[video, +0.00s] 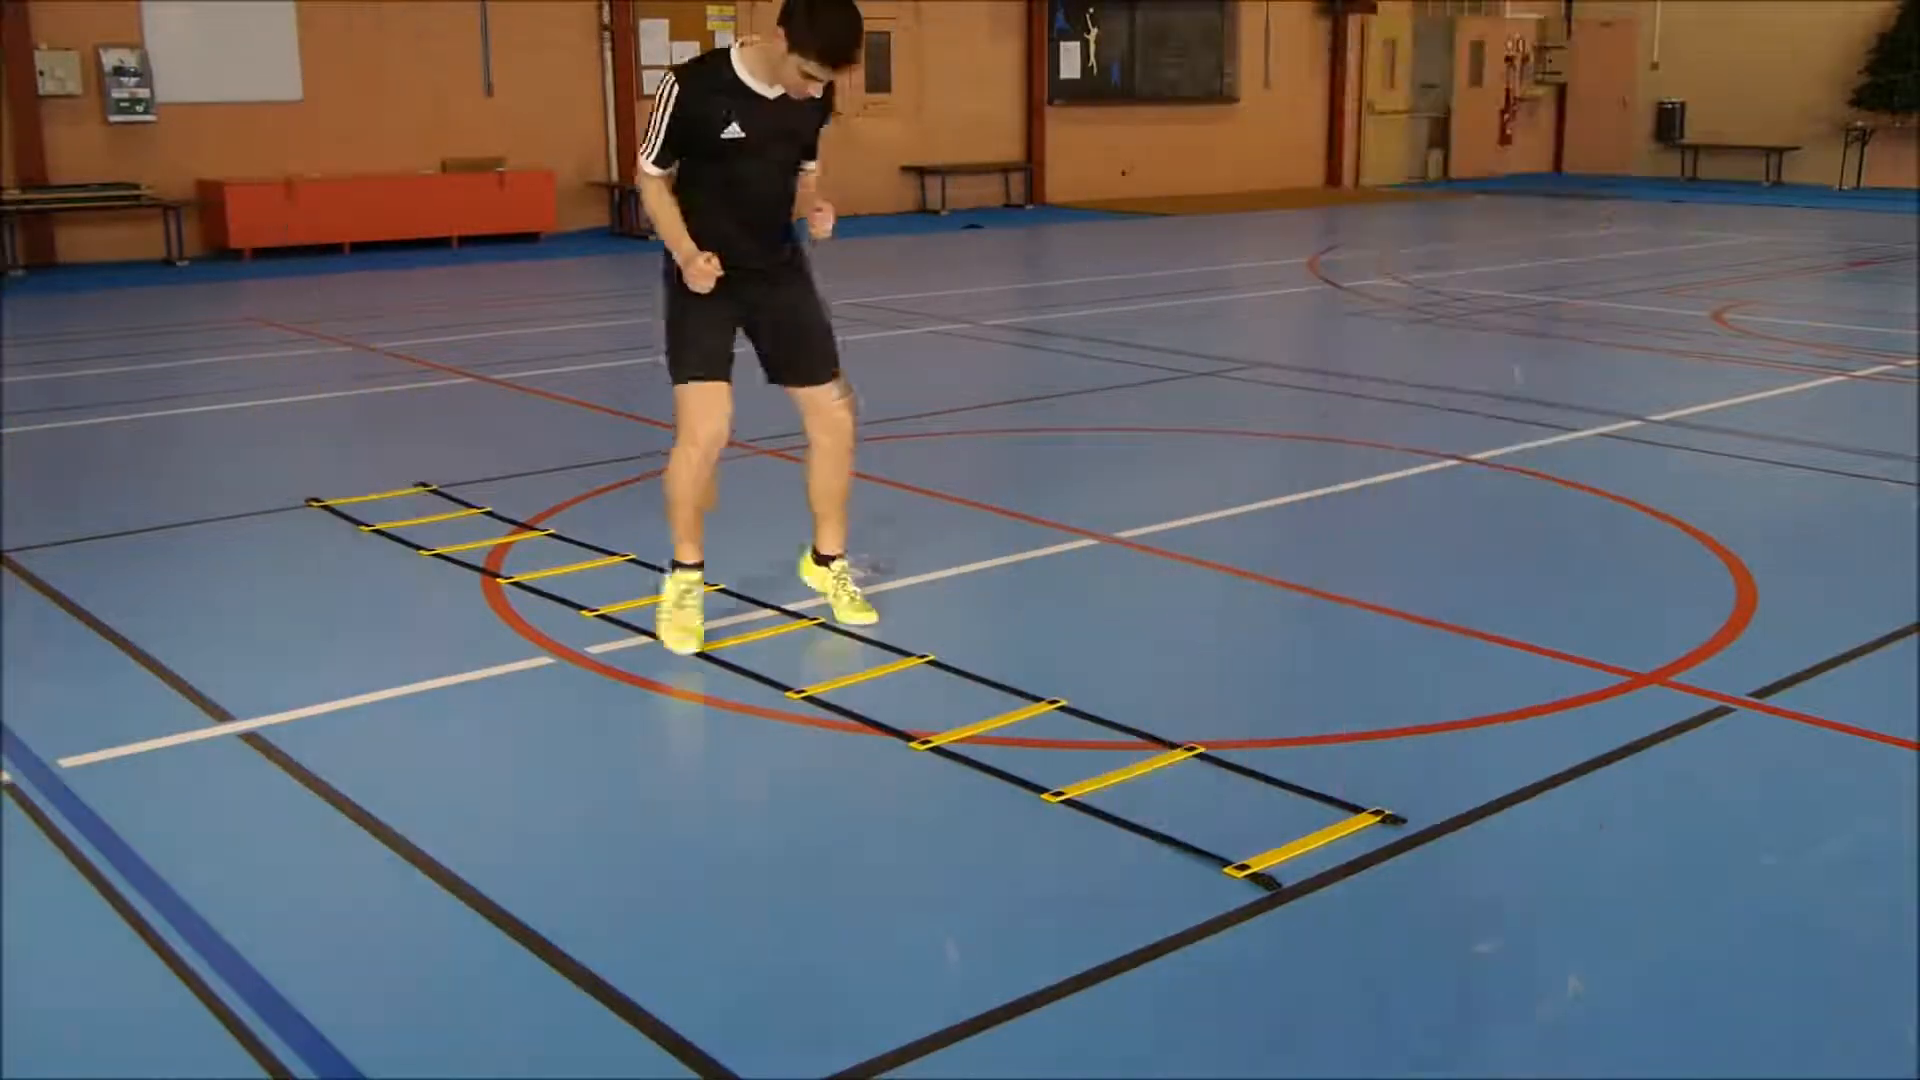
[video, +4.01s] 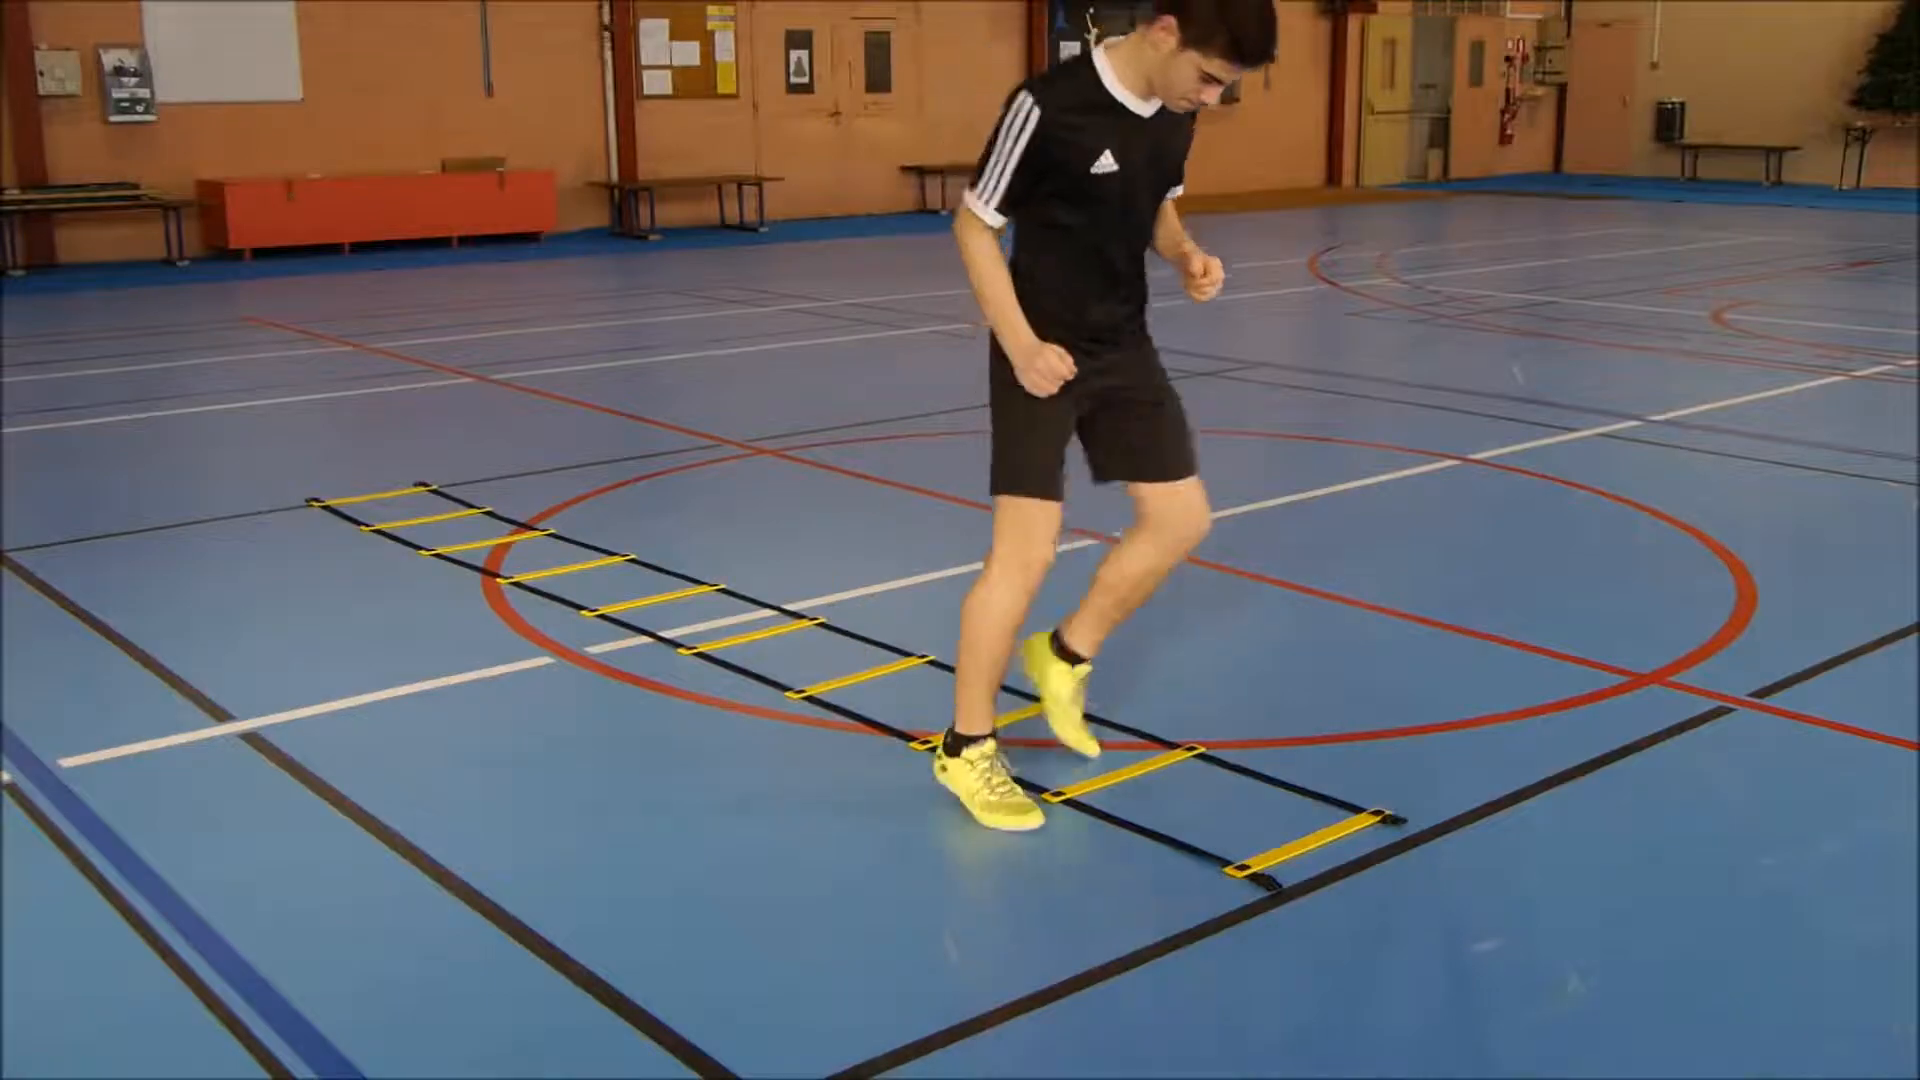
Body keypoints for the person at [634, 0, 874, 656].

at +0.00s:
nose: (814, 90)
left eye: (824, 81)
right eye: (808, 76)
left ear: (837, 67)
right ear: (778, 38)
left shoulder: (812, 97)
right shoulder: (693, 85)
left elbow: (802, 174)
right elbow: (652, 179)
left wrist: (812, 206)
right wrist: (686, 254)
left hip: (778, 267)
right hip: (700, 271)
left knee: (832, 414)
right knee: (704, 431)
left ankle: (827, 562)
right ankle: (686, 575)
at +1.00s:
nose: (898, 75)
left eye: (908, 65)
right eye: (891, 58)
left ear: (920, 49)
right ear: (851, 22)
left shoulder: (887, 88)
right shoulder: (759, 82)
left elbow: (878, 180)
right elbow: (713, 188)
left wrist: (889, 206)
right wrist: (746, 279)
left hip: (841, 293)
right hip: (762, 292)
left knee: (875, 456)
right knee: (759, 458)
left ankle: (804, 587)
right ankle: (734, 634)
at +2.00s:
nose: (1002, 74)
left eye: (1014, 64)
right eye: (998, 56)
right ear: (957, 16)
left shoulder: (974, 83)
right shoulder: (854, 70)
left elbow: (965, 167)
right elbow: (790, 176)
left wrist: (984, 213)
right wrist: (859, 260)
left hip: (943, 294)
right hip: (865, 300)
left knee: (994, 452)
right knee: (882, 485)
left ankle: (919, 600)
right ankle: (887, 644)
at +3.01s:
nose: (1088, 81)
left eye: (1099, 69)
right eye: (1080, 62)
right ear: (1036, 20)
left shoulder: (1065, 91)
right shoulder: (932, 83)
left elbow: (1052, 182)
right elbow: (877, 205)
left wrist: (1070, 233)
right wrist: (936, 298)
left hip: (1030, 311)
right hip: (940, 317)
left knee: (1086, 483)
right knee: (944, 508)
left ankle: (1071, 638)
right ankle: (896, 667)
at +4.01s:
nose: (1213, 98)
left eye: (1227, 86)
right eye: (1208, 77)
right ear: (1161, 32)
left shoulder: (1179, 108)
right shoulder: (1045, 103)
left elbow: (1160, 205)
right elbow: (974, 223)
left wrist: (1186, 252)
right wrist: (1021, 342)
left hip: (1120, 343)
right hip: (1034, 345)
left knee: (1180, 518)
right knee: (1023, 550)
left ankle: (1065, 654)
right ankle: (966, 744)